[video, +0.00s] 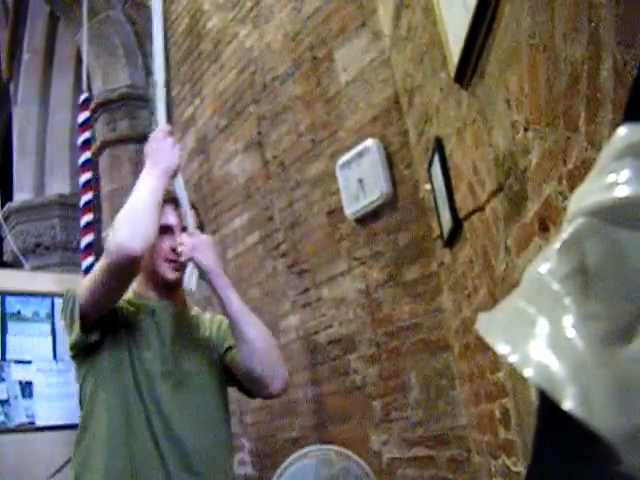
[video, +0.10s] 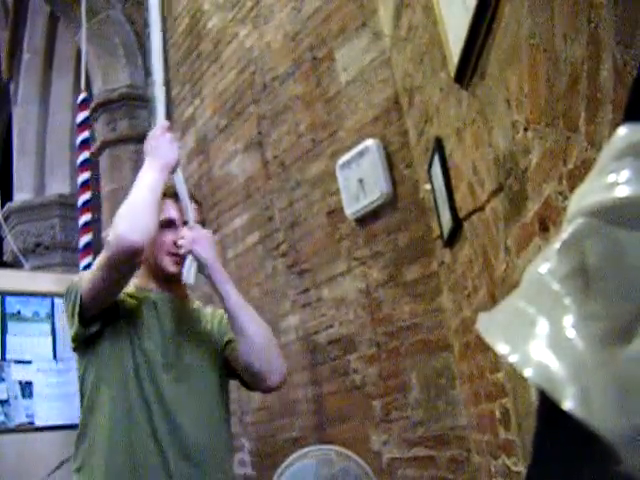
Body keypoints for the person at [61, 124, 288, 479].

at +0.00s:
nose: (178, 243)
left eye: (184, 232)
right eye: (164, 231)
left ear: (192, 241)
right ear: (141, 242)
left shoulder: (212, 330)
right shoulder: (101, 320)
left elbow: (273, 381)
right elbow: (126, 251)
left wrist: (217, 275)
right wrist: (155, 171)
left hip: (205, 472)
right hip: (115, 470)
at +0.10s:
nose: (181, 238)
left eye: (187, 226)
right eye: (167, 225)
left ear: (195, 234)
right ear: (143, 235)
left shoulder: (212, 323)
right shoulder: (100, 307)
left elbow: (271, 374)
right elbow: (127, 245)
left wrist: (216, 270)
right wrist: (155, 167)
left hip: (205, 472)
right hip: (114, 470)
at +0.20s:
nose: (183, 240)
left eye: (193, 229)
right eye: (168, 227)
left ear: (203, 240)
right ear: (145, 238)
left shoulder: (214, 326)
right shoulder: (105, 317)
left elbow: (271, 380)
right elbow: (123, 252)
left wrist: (216, 275)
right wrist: (154, 173)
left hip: (208, 472)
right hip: (118, 471)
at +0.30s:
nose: (182, 248)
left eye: (194, 238)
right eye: (168, 236)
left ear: (205, 252)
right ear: (145, 247)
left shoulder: (216, 333)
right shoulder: (108, 326)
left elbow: (270, 399)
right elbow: (118, 274)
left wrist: (215, 295)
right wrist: (155, 187)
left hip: (213, 473)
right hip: (123, 472)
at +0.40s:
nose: (185, 259)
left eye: (197, 246)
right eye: (171, 246)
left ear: (209, 258)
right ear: (150, 255)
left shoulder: (236, 343)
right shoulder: (106, 334)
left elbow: (275, 428)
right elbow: (113, 312)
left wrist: (226, 333)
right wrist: (160, 215)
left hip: (216, 473)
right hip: (125, 472)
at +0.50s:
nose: (188, 262)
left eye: (199, 250)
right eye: (175, 253)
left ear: (210, 262)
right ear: (143, 265)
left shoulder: (237, 348)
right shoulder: (105, 330)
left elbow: (279, 453)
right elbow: (97, 367)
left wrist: (241, 386)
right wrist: (166, 260)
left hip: (214, 471)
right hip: (125, 471)